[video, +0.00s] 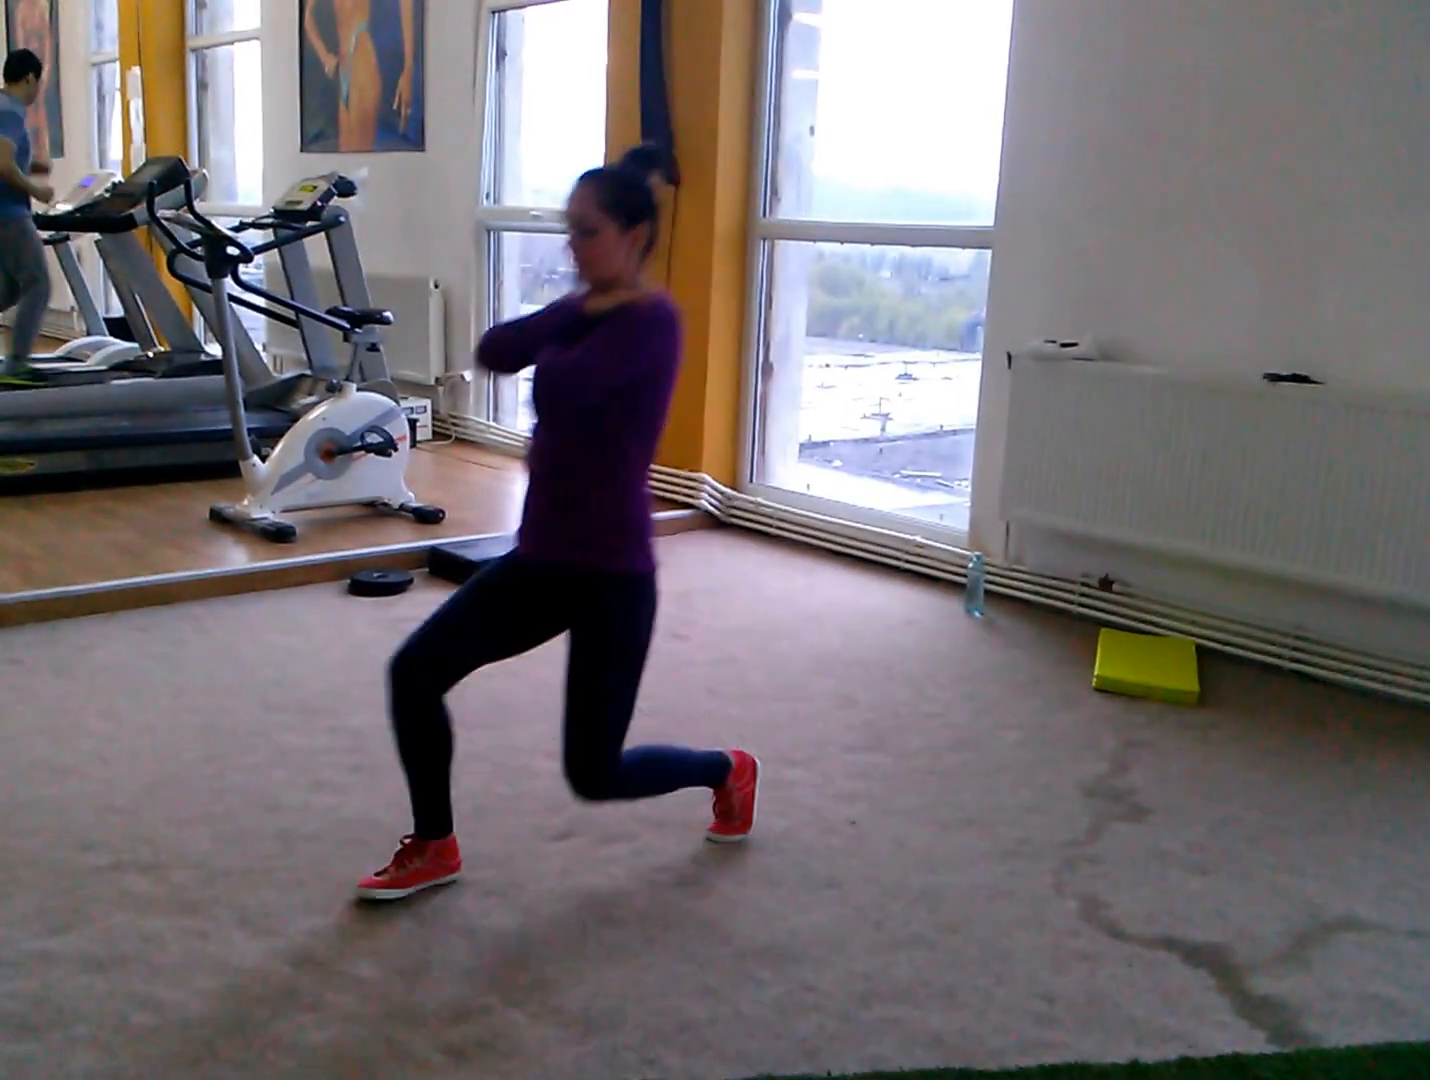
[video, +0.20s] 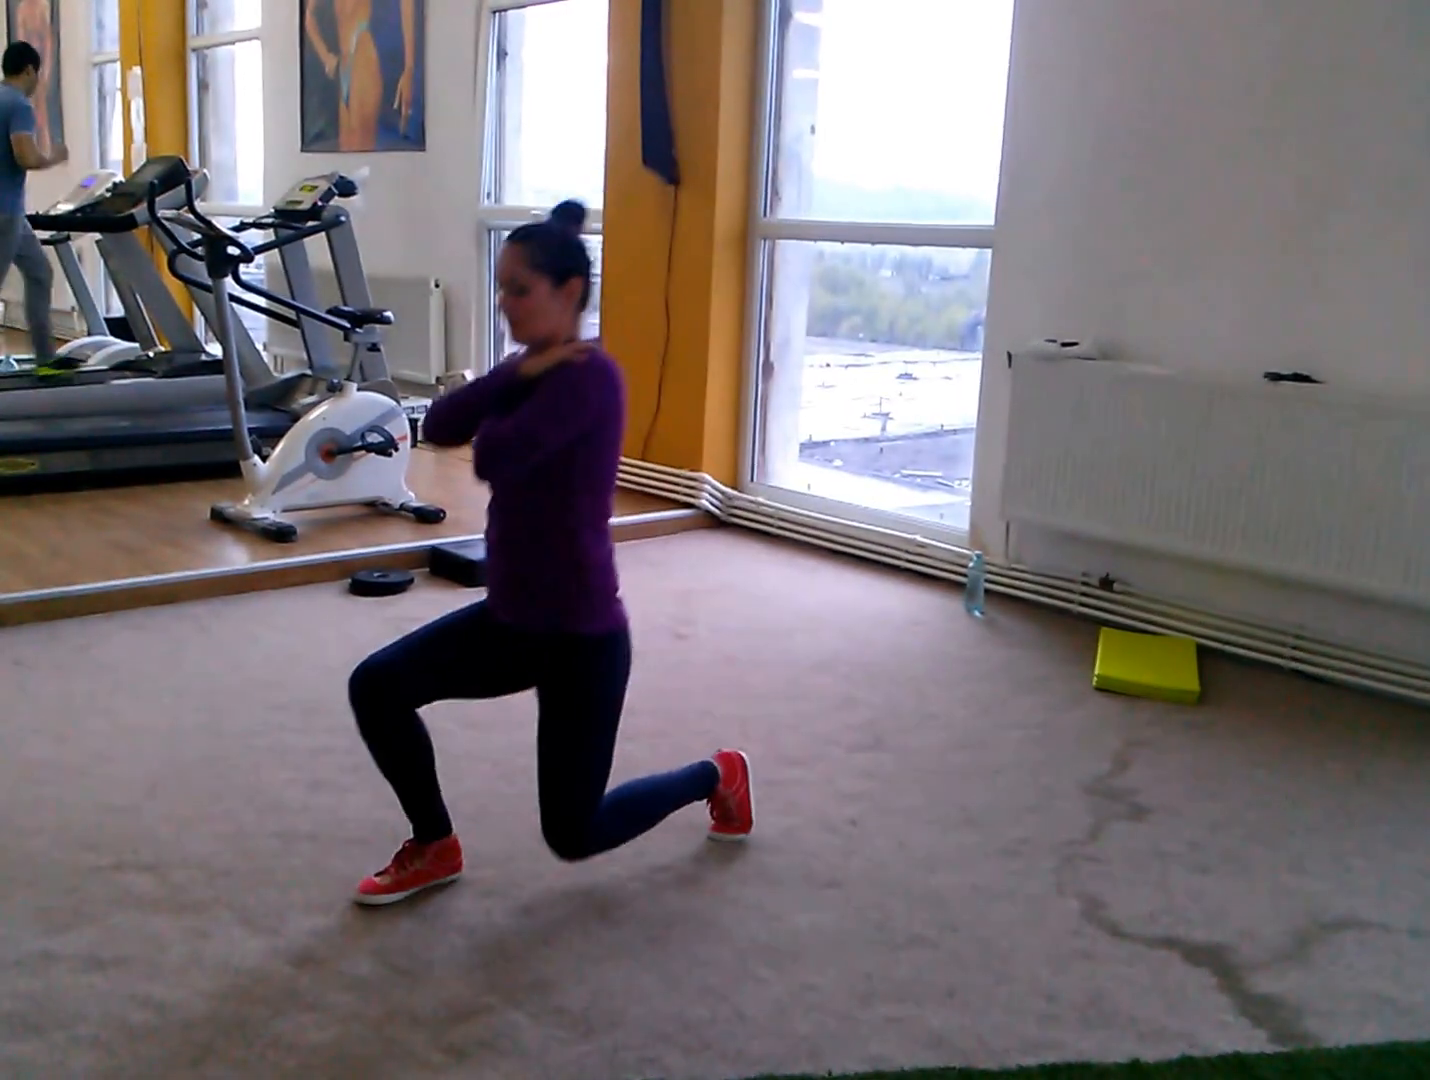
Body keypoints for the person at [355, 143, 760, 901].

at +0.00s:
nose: (572, 248)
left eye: (586, 233)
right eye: (569, 233)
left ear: (637, 237)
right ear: (605, 237)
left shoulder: (654, 322)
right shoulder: (582, 313)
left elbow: (573, 394)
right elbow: (492, 354)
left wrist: (538, 351)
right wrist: (582, 309)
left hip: (613, 577)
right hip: (540, 563)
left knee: (594, 774)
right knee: (415, 672)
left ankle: (727, 771)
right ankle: (433, 844)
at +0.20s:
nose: (505, 305)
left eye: (518, 290)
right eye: (502, 290)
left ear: (571, 291)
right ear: (550, 295)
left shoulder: (590, 378)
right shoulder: (526, 369)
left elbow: (494, 461)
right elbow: (435, 425)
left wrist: (513, 393)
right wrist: (525, 370)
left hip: (583, 637)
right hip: (514, 621)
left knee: (572, 834)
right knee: (376, 686)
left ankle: (716, 777)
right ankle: (433, 844)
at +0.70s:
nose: (536, 254)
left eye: (553, 242)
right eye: (534, 240)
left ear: (602, 252)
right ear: (539, 249)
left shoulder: (621, 339)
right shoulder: (541, 335)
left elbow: (535, 427)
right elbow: (462, 386)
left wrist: (527, 355)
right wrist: (550, 335)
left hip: (621, 590)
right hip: (548, 579)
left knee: (602, 787)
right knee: (426, 672)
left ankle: (726, 771)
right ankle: (433, 843)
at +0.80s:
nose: (585, 216)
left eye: (602, 204)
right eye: (585, 203)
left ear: (652, 217)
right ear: (595, 214)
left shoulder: (671, 301)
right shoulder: (583, 295)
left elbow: (596, 370)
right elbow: (509, 339)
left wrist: (569, 313)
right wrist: (594, 292)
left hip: (651, 552)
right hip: (576, 544)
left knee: (629, 746)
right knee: (458, 665)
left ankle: (740, 769)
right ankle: (435, 841)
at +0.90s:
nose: (633, 183)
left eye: (648, 169)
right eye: (630, 170)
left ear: (698, 178)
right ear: (634, 178)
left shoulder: (720, 260)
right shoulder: (638, 259)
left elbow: (644, 332)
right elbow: (563, 297)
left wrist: (617, 273)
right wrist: (653, 253)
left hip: (694, 508)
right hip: (618, 500)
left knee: (658, 699)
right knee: (511, 643)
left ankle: (749, 771)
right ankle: (437, 811)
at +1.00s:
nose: (672, 164)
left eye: (688, 148)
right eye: (669, 150)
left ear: (739, 154)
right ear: (677, 157)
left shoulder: (760, 238)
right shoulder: (684, 237)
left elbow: (675, 304)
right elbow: (602, 268)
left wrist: (671, 242)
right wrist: (694, 226)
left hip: (731, 489)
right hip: (660, 481)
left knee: (689, 671)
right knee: (551, 606)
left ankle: (760, 780)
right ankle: (533, 778)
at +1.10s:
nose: (707, 149)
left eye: (722, 136)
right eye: (703, 136)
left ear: (771, 143)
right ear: (710, 142)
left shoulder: (791, 227)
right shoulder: (719, 224)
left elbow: (704, 298)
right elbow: (631, 260)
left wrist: (693, 245)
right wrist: (727, 217)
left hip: (763, 478)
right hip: (697, 470)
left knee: (715, 650)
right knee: (600, 597)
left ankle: (762, 787)